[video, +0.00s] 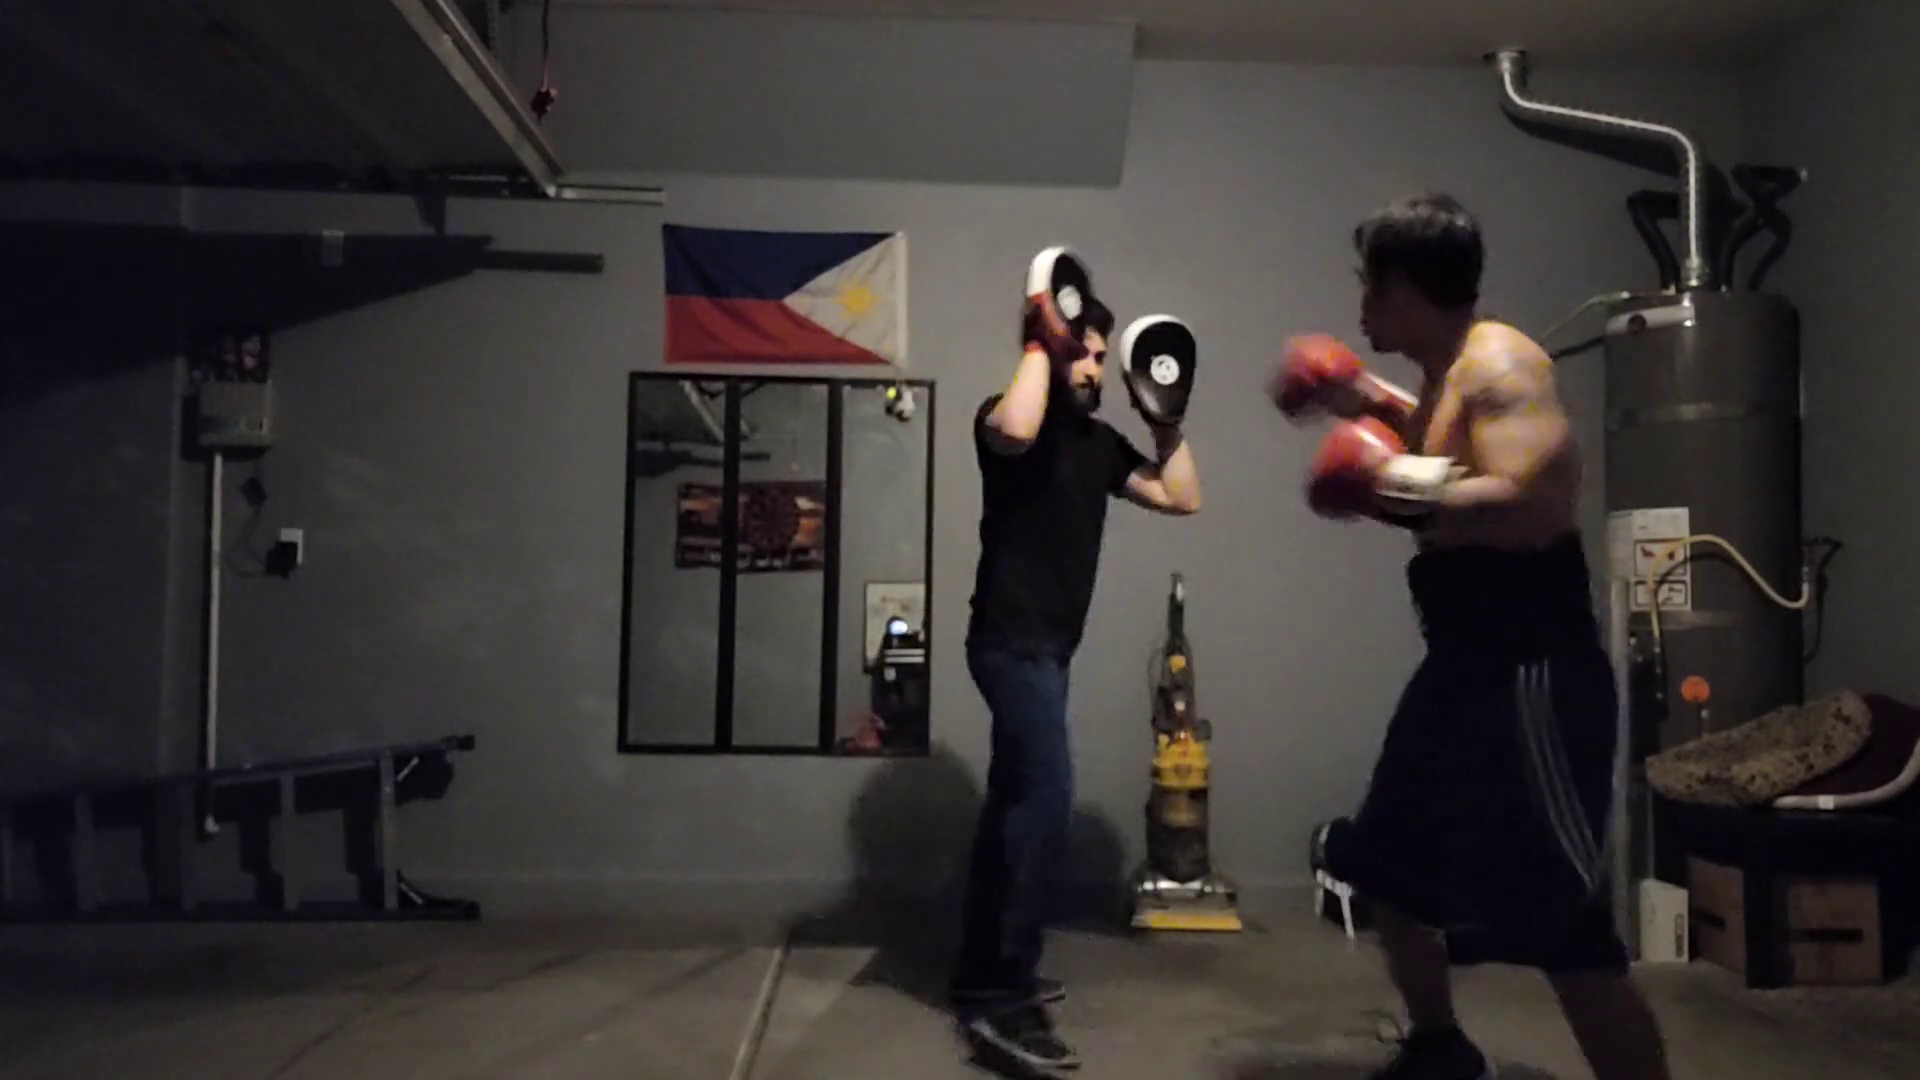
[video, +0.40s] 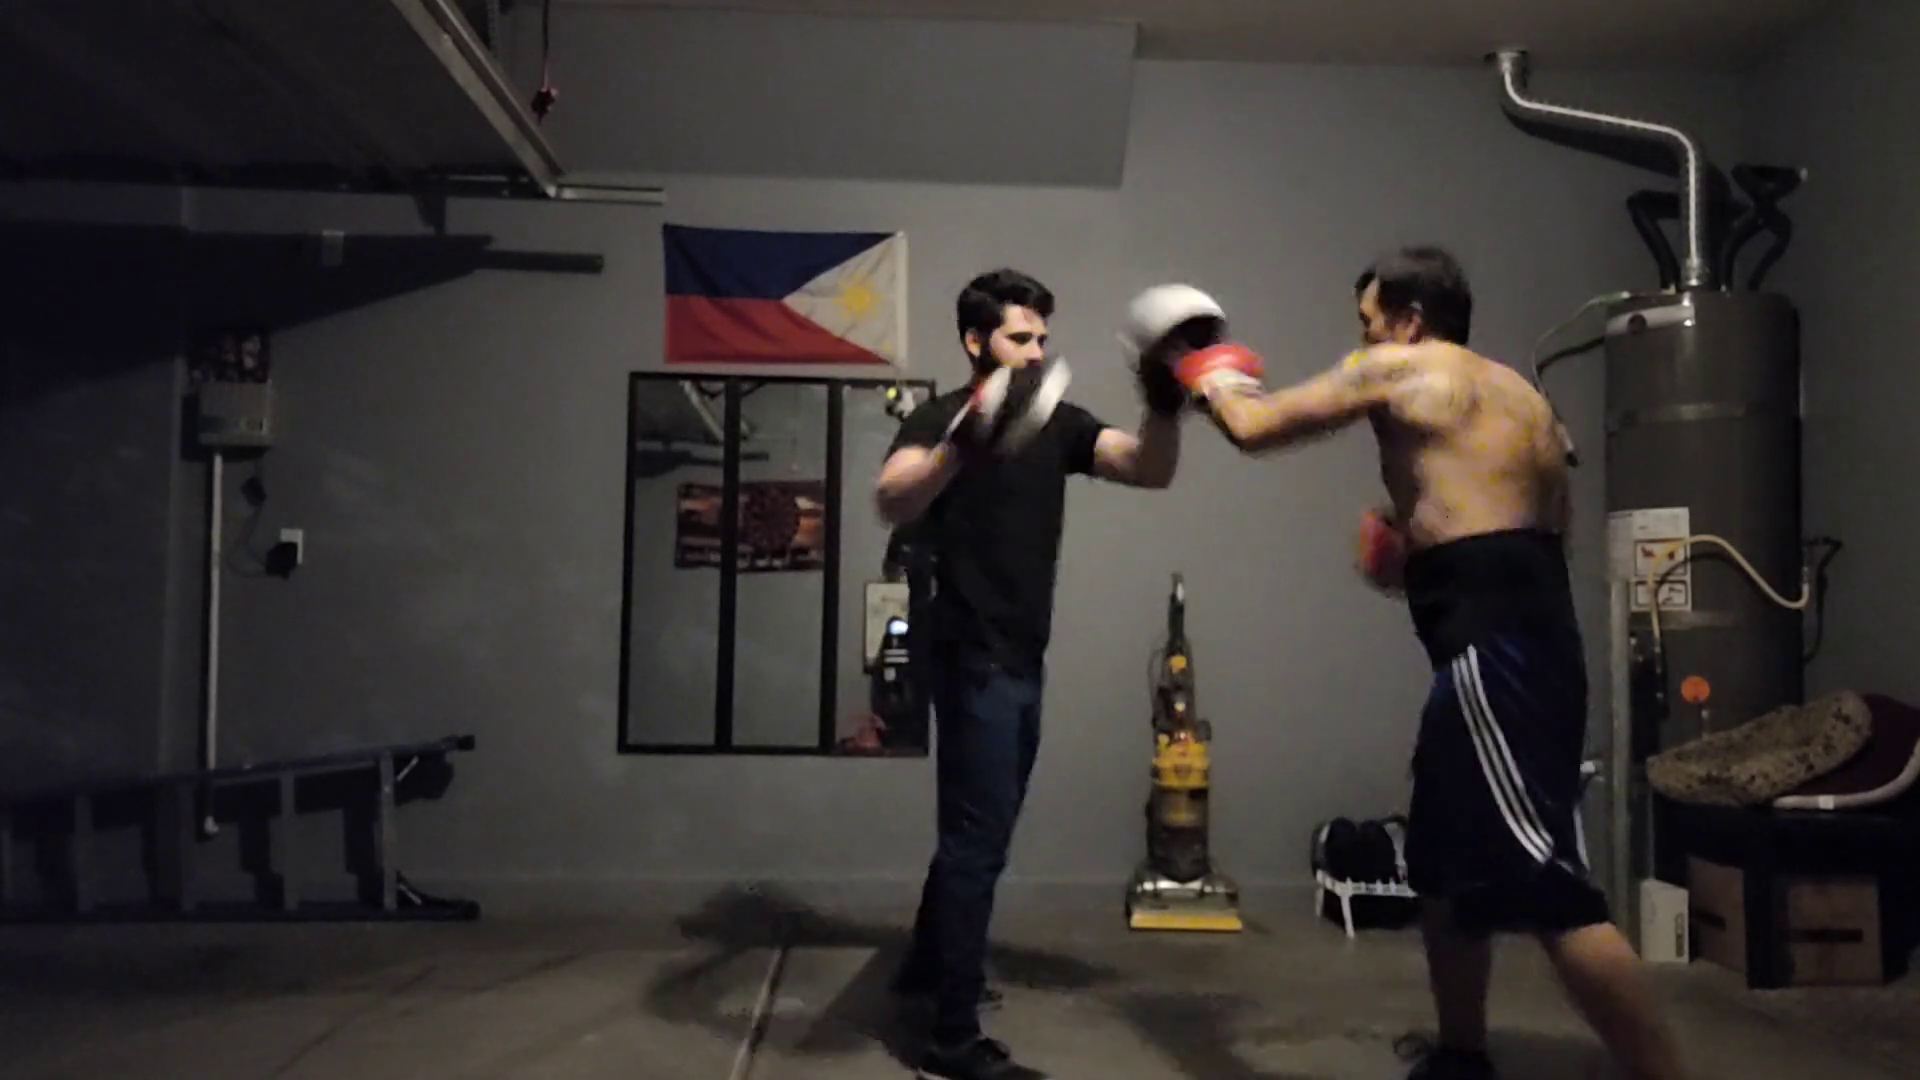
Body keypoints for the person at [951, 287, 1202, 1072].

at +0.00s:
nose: (1095, 355)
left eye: (1100, 345)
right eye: (1083, 343)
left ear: (1101, 353)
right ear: (1049, 348)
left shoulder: (1096, 436)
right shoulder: (1010, 414)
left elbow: (1180, 497)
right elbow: (1017, 429)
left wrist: (1164, 415)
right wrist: (1041, 345)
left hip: (1051, 648)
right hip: (1010, 644)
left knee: (1015, 810)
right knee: (1043, 799)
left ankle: (993, 983)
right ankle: (995, 995)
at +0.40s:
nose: (1032, 352)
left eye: (1040, 341)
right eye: (1017, 339)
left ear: (1047, 346)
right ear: (974, 342)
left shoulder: (1056, 420)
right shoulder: (938, 419)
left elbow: (1149, 465)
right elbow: (892, 500)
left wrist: (1165, 388)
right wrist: (965, 435)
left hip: (1021, 654)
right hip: (965, 654)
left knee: (986, 832)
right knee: (976, 841)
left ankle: (928, 973)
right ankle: (952, 1033)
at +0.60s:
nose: (1037, 346)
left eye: (1038, 332)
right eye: (1026, 331)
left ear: (992, 332)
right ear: (980, 329)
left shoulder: (993, 410)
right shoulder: (958, 401)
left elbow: (1065, 488)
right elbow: (947, 499)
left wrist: (1091, 417)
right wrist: (1034, 530)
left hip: (961, 660)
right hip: (951, 664)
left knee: (948, 824)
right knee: (978, 835)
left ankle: (936, 971)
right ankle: (952, 1033)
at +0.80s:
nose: (1013, 347)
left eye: (1014, 333)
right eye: (1003, 331)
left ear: (951, 332)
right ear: (956, 327)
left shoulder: (917, 398)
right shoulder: (957, 400)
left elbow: (965, 477)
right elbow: (1011, 478)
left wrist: (1013, 422)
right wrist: (1119, 480)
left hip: (894, 647)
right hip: (929, 656)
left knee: (893, 807)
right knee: (964, 833)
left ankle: (800, 984)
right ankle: (954, 1034)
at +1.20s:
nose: (977, 339)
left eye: (977, 325)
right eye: (966, 324)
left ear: (917, 329)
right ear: (917, 323)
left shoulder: (910, 407)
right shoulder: (913, 393)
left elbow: (978, 515)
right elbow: (957, 464)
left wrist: (997, 427)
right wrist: (1069, 435)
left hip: (856, 658)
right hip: (892, 664)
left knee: (826, 828)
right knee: (919, 849)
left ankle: (776, 1002)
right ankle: (909, 1048)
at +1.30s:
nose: (972, 338)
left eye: (975, 323)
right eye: (959, 321)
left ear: (946, 327)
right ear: (909, 319)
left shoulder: (945, 414)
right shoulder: (873, 397)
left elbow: (1029, 498)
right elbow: (897, 471)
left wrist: (1046, 410)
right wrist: (991, 403)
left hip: (896, 660)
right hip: (874, 660)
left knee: (818, 824)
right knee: (923, 845)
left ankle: (730, 987)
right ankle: (908, 1052)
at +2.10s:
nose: (889, 329)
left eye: (890, 315)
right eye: (879, 312)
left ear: (833, 312)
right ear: (833, 309)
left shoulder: (818, 392)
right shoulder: (825, 374)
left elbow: (928, 472)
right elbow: (952, 372)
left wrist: (936, 368)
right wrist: (995, 290)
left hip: (783, 646)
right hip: (829, 651)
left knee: (777, 822)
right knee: (879, 837)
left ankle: (717, 1022)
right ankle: (840, 1045)